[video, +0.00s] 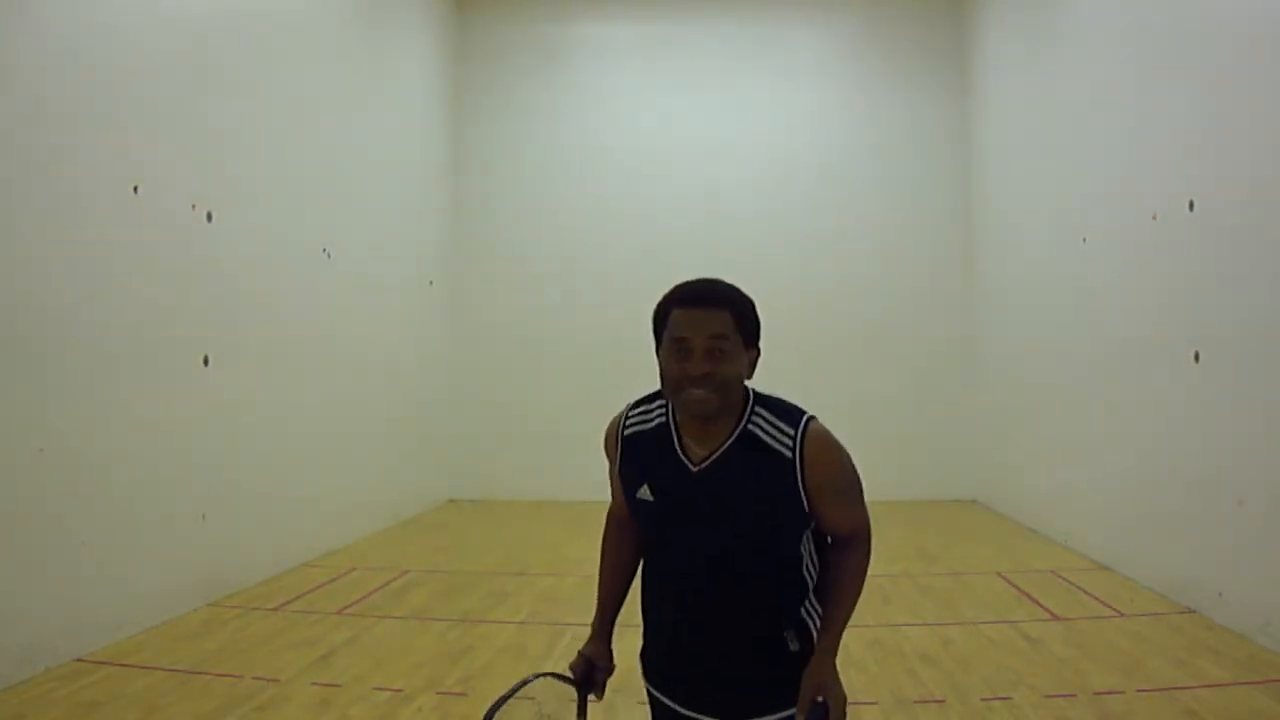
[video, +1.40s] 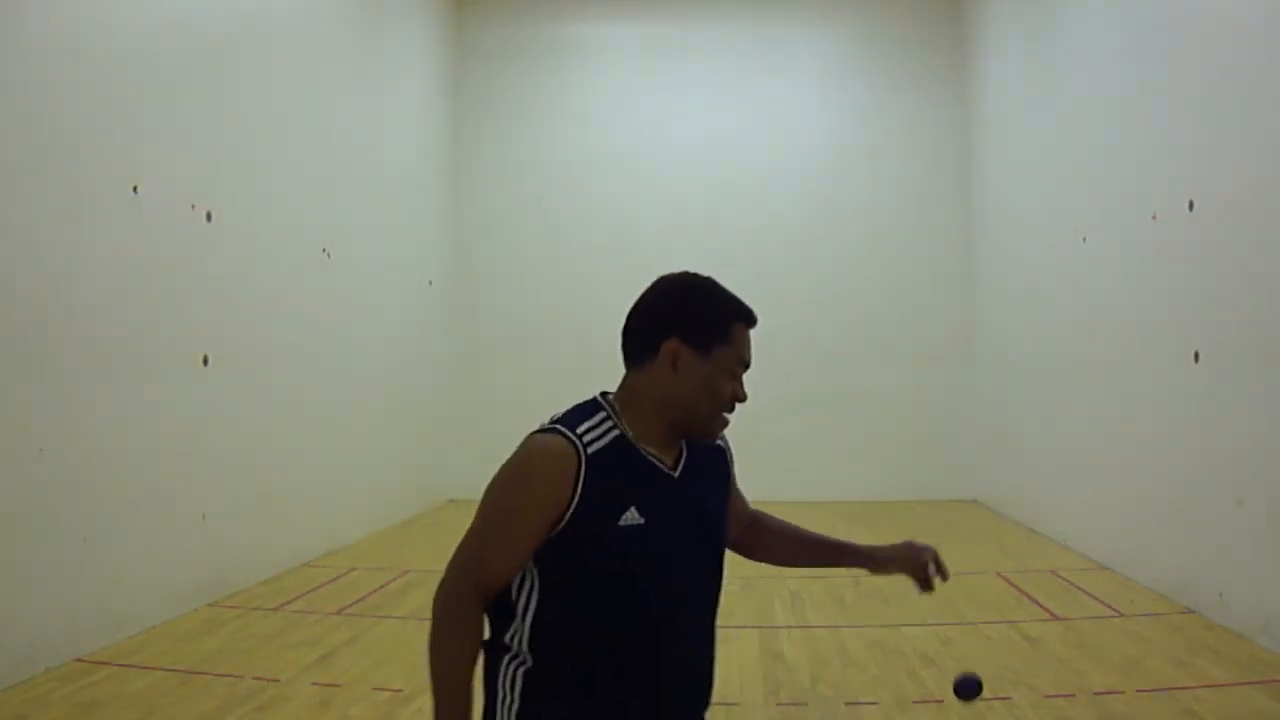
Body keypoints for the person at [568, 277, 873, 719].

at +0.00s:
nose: (697, 367)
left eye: (718, 350)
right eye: (680, 349)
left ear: (751, 359)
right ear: (658, 357)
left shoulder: (805, 447)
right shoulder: (629, 436)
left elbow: (851, 541)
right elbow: (625, 521)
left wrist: (825, 656)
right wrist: (600, 635)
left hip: (778, 687)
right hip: (675, 683)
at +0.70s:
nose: (765, 397)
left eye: (788, 377)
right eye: (746, 372)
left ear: (814, 382)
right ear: (712, 367)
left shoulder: (853, 482)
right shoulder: (652, 442)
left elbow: (869, 579)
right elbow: (631, 532)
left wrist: (845, 699)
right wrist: (608, 651)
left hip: (791, 696)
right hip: (677, 689)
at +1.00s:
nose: (813, 339)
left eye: (820, 324)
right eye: (792, 317)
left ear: (827, 331)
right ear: (727, 315)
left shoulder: (835, 439)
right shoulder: (649, 420)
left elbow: (842, 552)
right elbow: (594, 544)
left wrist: (881, 644)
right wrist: (588, 684)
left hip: (780, 698)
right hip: (659, 694)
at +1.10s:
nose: (811, 346)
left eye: (813, 329)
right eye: (796, 324)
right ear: (726, 317)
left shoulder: (808, 431)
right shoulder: (634, 422)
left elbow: (827, 543)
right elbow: (575, 555)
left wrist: (893, 600)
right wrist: (577, 698)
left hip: (769, 703)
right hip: (646, 700)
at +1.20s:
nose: (793, 356)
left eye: (794, 338)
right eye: (781, 335)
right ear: (713, 326)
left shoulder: (778, 435)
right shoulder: (615, 429)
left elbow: (806, 538)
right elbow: (543, 564)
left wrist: (899, 556)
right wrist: (555, 705)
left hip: (748, 702)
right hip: (628, 700)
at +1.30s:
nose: (766, 374)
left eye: (768, 356)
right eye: (757, 353)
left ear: (700, 347)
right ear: (692, 344)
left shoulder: (738, 444)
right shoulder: (587, 445)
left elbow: (779, 533)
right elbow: (503, 583)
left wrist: (892, 537)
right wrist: (516, 713)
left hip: (716, 706)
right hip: (598, 708)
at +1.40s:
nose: (743, 394)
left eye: (744, 376)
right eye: (735, 373)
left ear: (680, 362)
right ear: (675, 359)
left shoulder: (706, 457)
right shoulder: (556, 459)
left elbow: (743, 530)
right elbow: (460, 597)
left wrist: (870, 556)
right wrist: (453, 716)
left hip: (672, 709)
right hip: (554, 712)